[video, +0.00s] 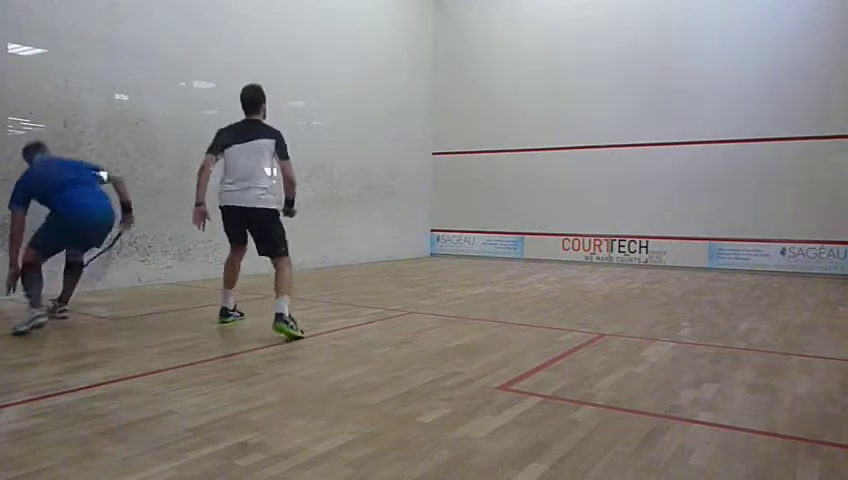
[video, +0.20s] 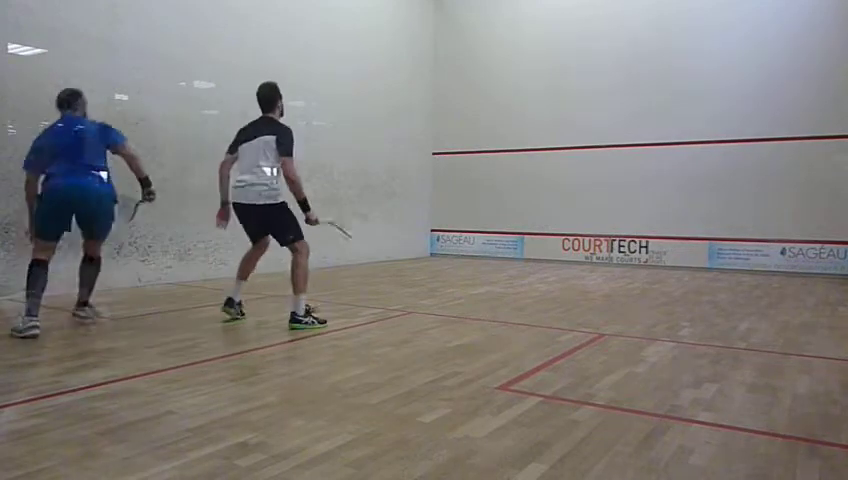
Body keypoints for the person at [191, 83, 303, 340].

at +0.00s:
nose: (264, 107)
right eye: (264, 103)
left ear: (241, 107)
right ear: (263, 107)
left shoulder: (226, 133)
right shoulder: (273, 135)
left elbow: (205, 167)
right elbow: (289, 177)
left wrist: (199, 203)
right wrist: (290, 202)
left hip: (230, 205)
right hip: (263, 207)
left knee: (237, 250)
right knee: (282, 261)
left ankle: (226, 307)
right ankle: (282, 315)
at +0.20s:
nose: (283, 105)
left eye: (281, 101)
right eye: (282, 101)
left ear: (259, 104)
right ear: (279, 103)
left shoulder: (245, 132)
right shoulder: (282, 131)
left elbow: (225, 167)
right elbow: (289, 174)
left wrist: (224, 204)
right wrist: (306, 209)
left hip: (241, 202)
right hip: (270, 201)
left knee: (261, 244)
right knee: (301, 249)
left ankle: (233, 300)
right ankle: (299, 313)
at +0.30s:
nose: (288, 102)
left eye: (286, 97)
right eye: (287, 97)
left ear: (265, 101)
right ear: (283, 100)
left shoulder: (251, 128)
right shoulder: (282, 129)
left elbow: (233, 162)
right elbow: (284, 173)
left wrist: (241, 197)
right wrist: (300, 206)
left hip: (248, 201)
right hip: (271, 201)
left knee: (268, 245)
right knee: (302, 248)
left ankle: (238, 297)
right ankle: (300, 313)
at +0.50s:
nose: (288, 98)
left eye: (286, 94)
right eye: (286, 94)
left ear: (268, 97)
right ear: (280, 97)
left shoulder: (268, 123)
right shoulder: (263, 123)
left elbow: (264, 159)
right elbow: (253, 158)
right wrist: (261, 178)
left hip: (253, 197)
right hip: (259, 198)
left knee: (262, 249)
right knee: (281, 251)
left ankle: (239, 303)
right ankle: (297, 312)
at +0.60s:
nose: (288, 100)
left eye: (287, 95)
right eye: (286, 95)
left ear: (271, 96)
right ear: (278, 96)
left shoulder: (271, 123)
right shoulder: (254, 120)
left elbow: (265, 155)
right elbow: (241, 153)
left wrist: (276, 177)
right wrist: (247, 164)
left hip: (255, 193)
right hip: (250, 194)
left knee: (257, 251)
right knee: (270, 250)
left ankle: (239, 303)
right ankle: (285, 310)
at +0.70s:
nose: (290, 102)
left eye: (290, 97)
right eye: (287, 97)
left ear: (278, 97)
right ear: (276, 97)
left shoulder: (272, 123)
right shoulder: (249, 119)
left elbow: (273, 148)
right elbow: (235, 146)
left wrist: (282, 169)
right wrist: (240, 155)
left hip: (254, 191)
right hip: (244, 191)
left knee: (256, 248)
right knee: (264, 246)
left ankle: (239, 304)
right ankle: (264, 309)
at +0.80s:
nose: (291, 106)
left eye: (292, 101)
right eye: (288, 100)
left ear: (280, 100)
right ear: (275, 98)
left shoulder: (272, 120)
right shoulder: (248, 119)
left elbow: (275, 137)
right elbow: (232, 146)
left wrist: (283, 160)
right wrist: (242, 155)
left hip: (252, 189)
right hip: (241, 189)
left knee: (256, 247)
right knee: (257, 246)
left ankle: (240, 304)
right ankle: (245, 309)